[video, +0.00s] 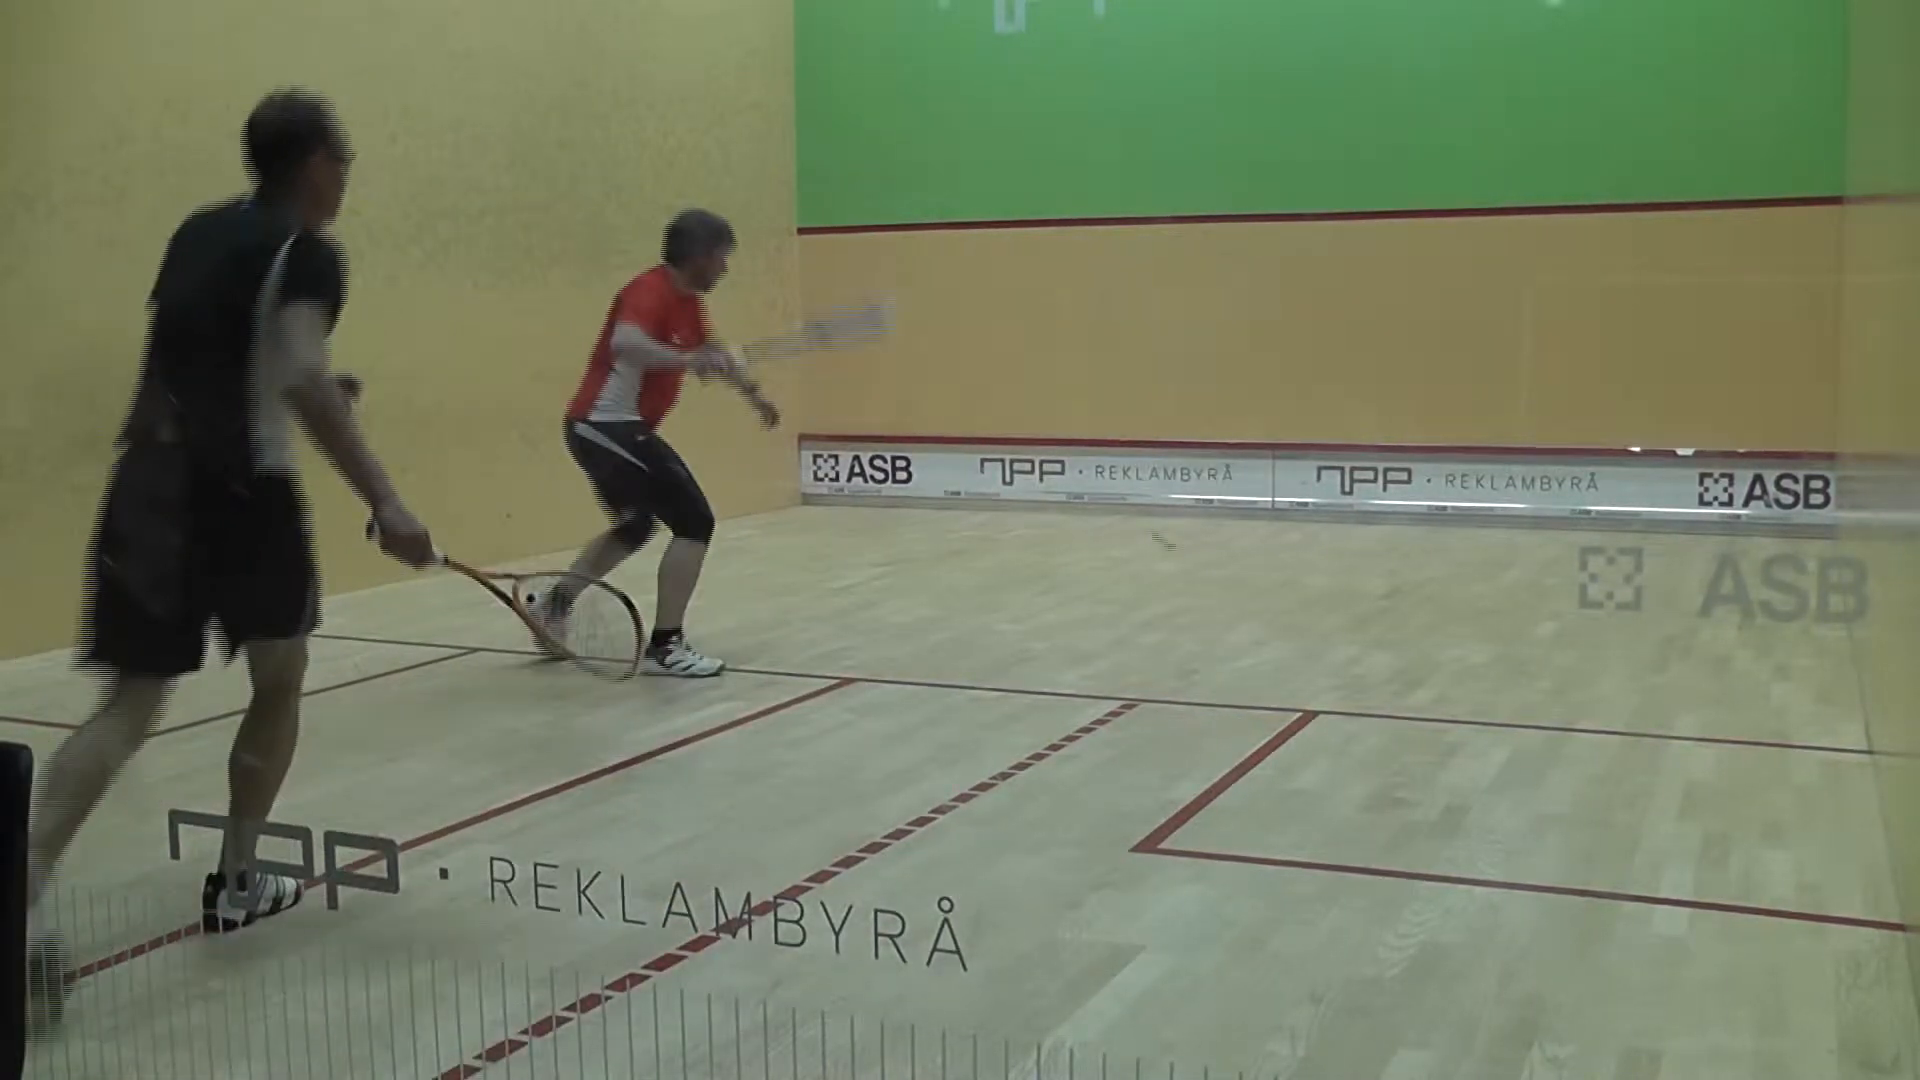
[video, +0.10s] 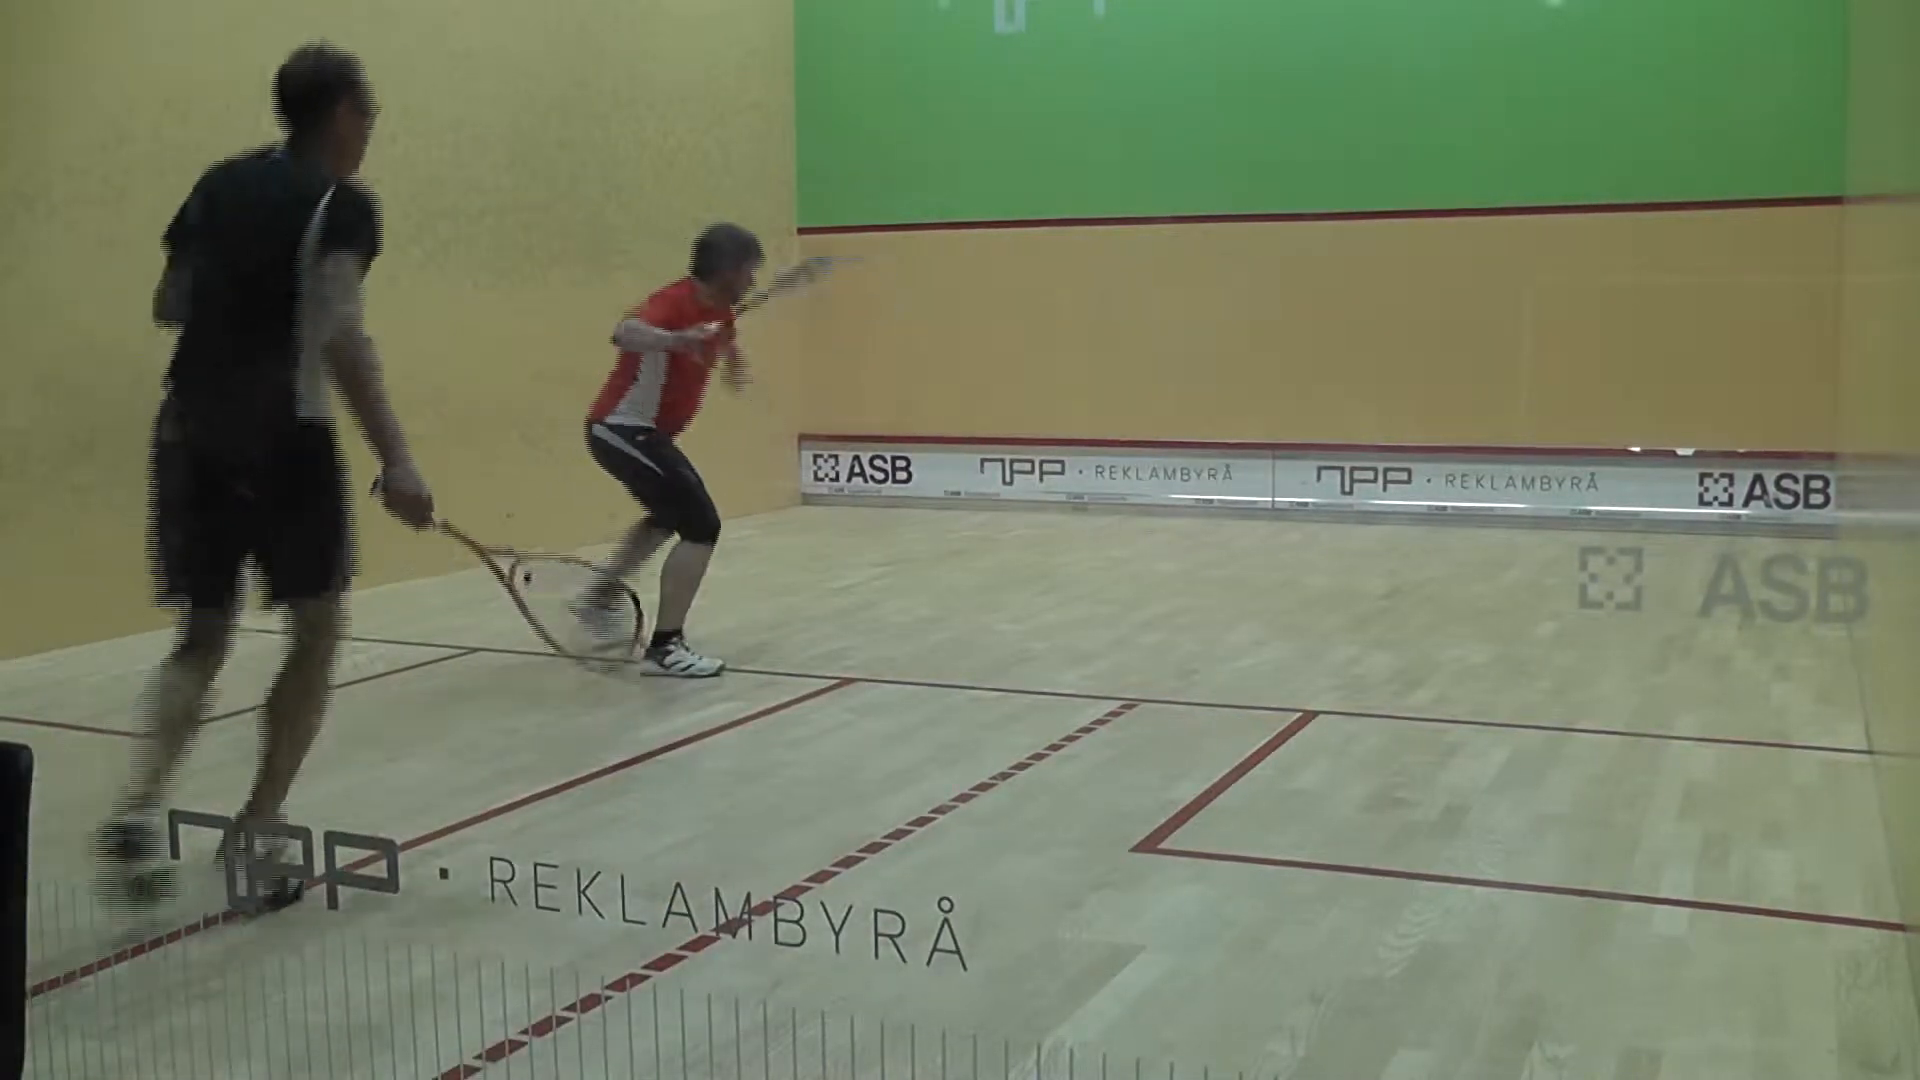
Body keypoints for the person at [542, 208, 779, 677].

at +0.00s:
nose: (726, 266)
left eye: (727, 257)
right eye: (721, 256)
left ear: (695, 258)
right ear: (694, 255)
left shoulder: (689, 304)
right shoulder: (648, 291)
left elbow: (712, 355)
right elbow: (626, 346)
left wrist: (755, 394)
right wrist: (690, 361)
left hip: (619, 426)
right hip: (606, 426)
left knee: (634, 526)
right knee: (694, 521)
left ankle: (553, 604)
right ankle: (665, 645)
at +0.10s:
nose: (751, 283)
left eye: (753, 273)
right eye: (746, 273)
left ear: (727, 273)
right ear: (722, 271)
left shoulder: (721, 310)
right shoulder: (676, 299)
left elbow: (726, 338)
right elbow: (624, 332)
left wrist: (733, 363)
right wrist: (679, 340)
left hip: (647, 432)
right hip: (620, 431)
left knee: (666, 513)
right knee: (702, 524)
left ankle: (598, 597)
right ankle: (665, 645)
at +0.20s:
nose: (772, 291)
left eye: (773, 281)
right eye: (767, 280)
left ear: (739, 277)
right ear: (739, 277)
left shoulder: (722, 317)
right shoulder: (694, 313)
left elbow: (700, 363)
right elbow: (660, 354)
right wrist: (668, 373)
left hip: (660, 432)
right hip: (631, 431)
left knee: (694, 518)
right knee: (703, 527)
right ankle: (663, 645)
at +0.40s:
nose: (787, 264)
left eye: (788, 254)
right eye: (784, 254)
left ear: (738, 245)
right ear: (766, 255)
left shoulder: (693, 271)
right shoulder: (759, 317)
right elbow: (775, 389)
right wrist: (786, 408)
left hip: (659, 421)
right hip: (703, 430)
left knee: (696, 513)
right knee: (738, 538)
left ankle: (686, 611)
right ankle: (674, 628)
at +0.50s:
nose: (790, 237)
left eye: (789, 228)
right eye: (789, 228)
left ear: (739, 227)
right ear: (778, 233)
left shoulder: (701, 257)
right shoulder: (784, 291)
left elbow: (708, 324)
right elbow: (792, 368)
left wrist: (759, 354)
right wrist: (753, 366)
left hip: (686, 412)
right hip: (739, 414)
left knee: (696, 509)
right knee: (777, 522)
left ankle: (689, 611)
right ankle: (721, 605)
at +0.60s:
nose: (796, 235)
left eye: (796, 228)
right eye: (795, 228)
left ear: (746, 227)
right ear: (788, 232)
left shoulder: (710, 262)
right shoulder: (795, 291)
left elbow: (715, 327)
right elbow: (803, 375)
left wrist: (774, 357)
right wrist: (783, 378)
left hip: (707, 417)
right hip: (762, 418)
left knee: (703, 510)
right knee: (806, 513)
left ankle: (690, 613)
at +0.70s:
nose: (820, 243)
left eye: (818, 235)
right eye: (819, 236)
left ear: (771, 235)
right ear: (813, 241)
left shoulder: (734, 275)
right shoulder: (820, 300)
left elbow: (708, 330)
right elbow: (837, 374)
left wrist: (759, 339)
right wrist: (832, 420)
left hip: (737, 430)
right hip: (793, 434)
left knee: (722, 516)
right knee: (856, 522)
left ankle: (692, 614)